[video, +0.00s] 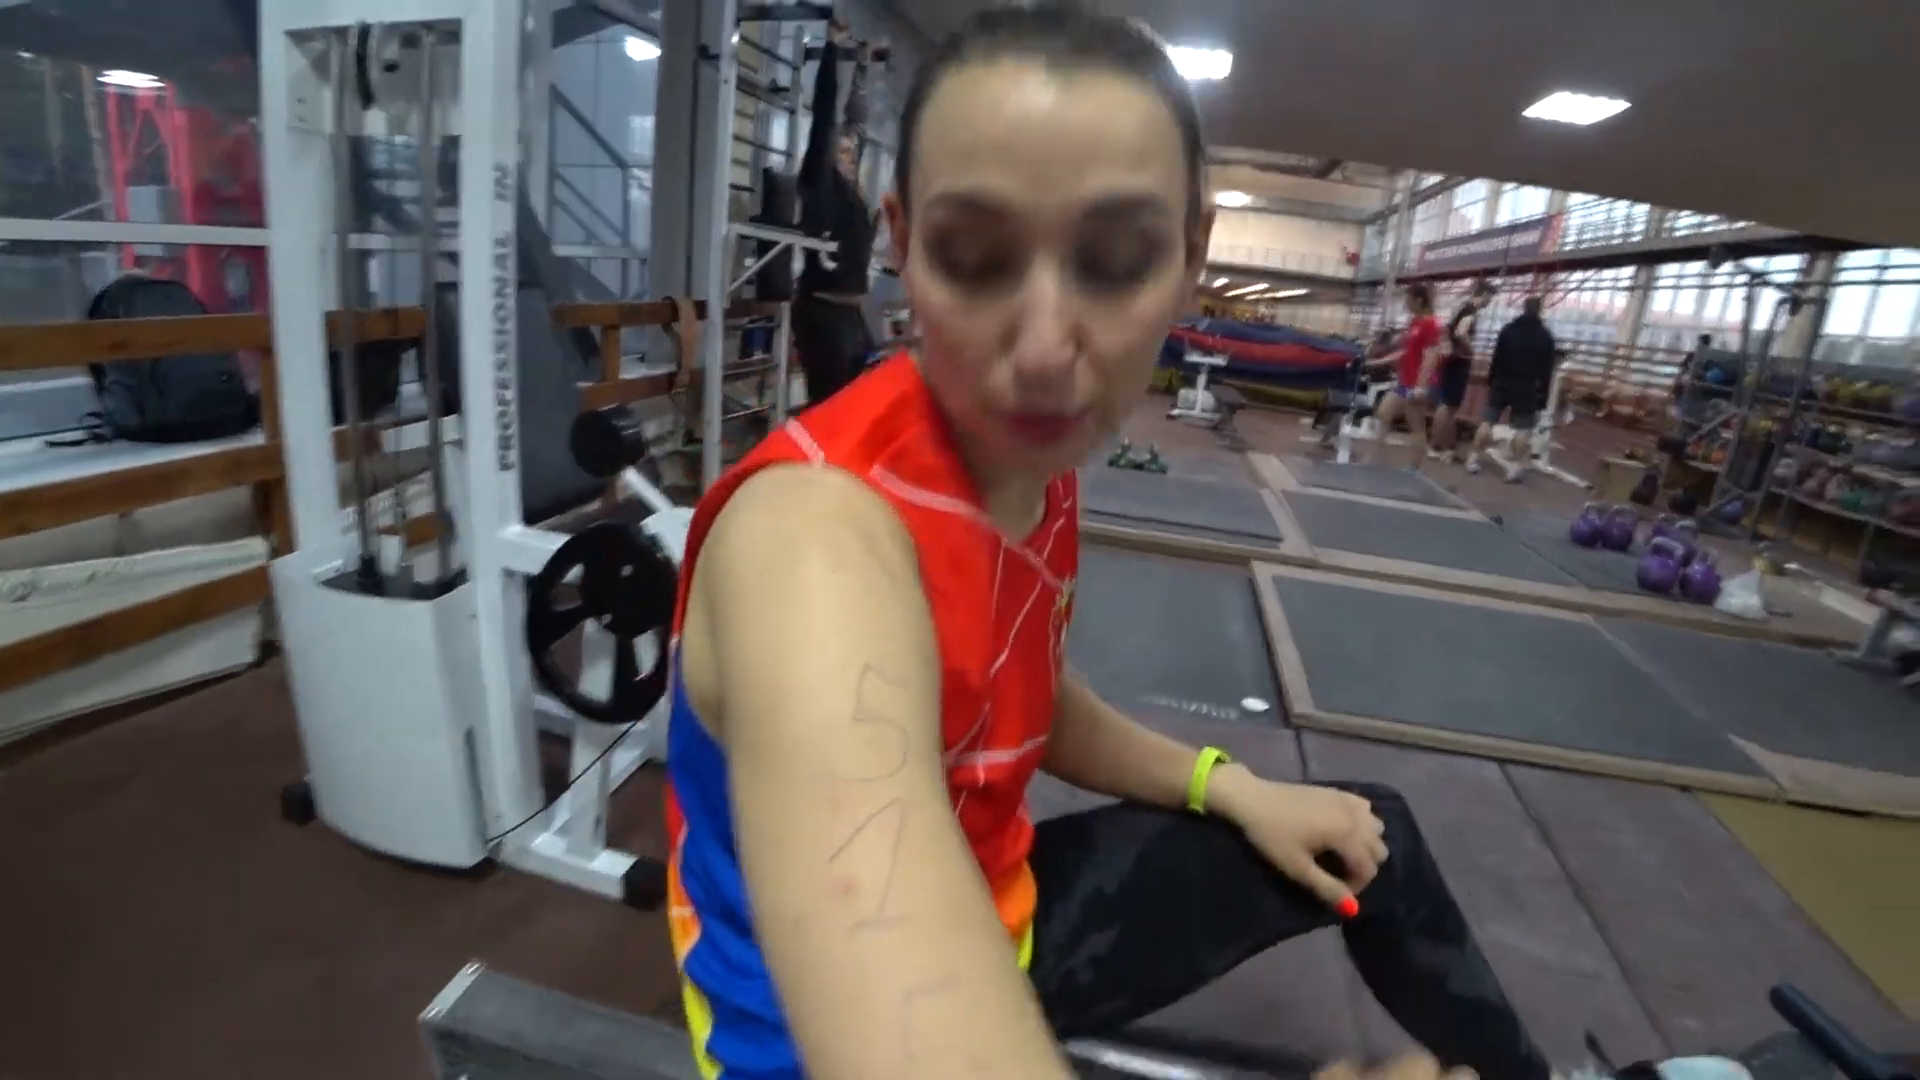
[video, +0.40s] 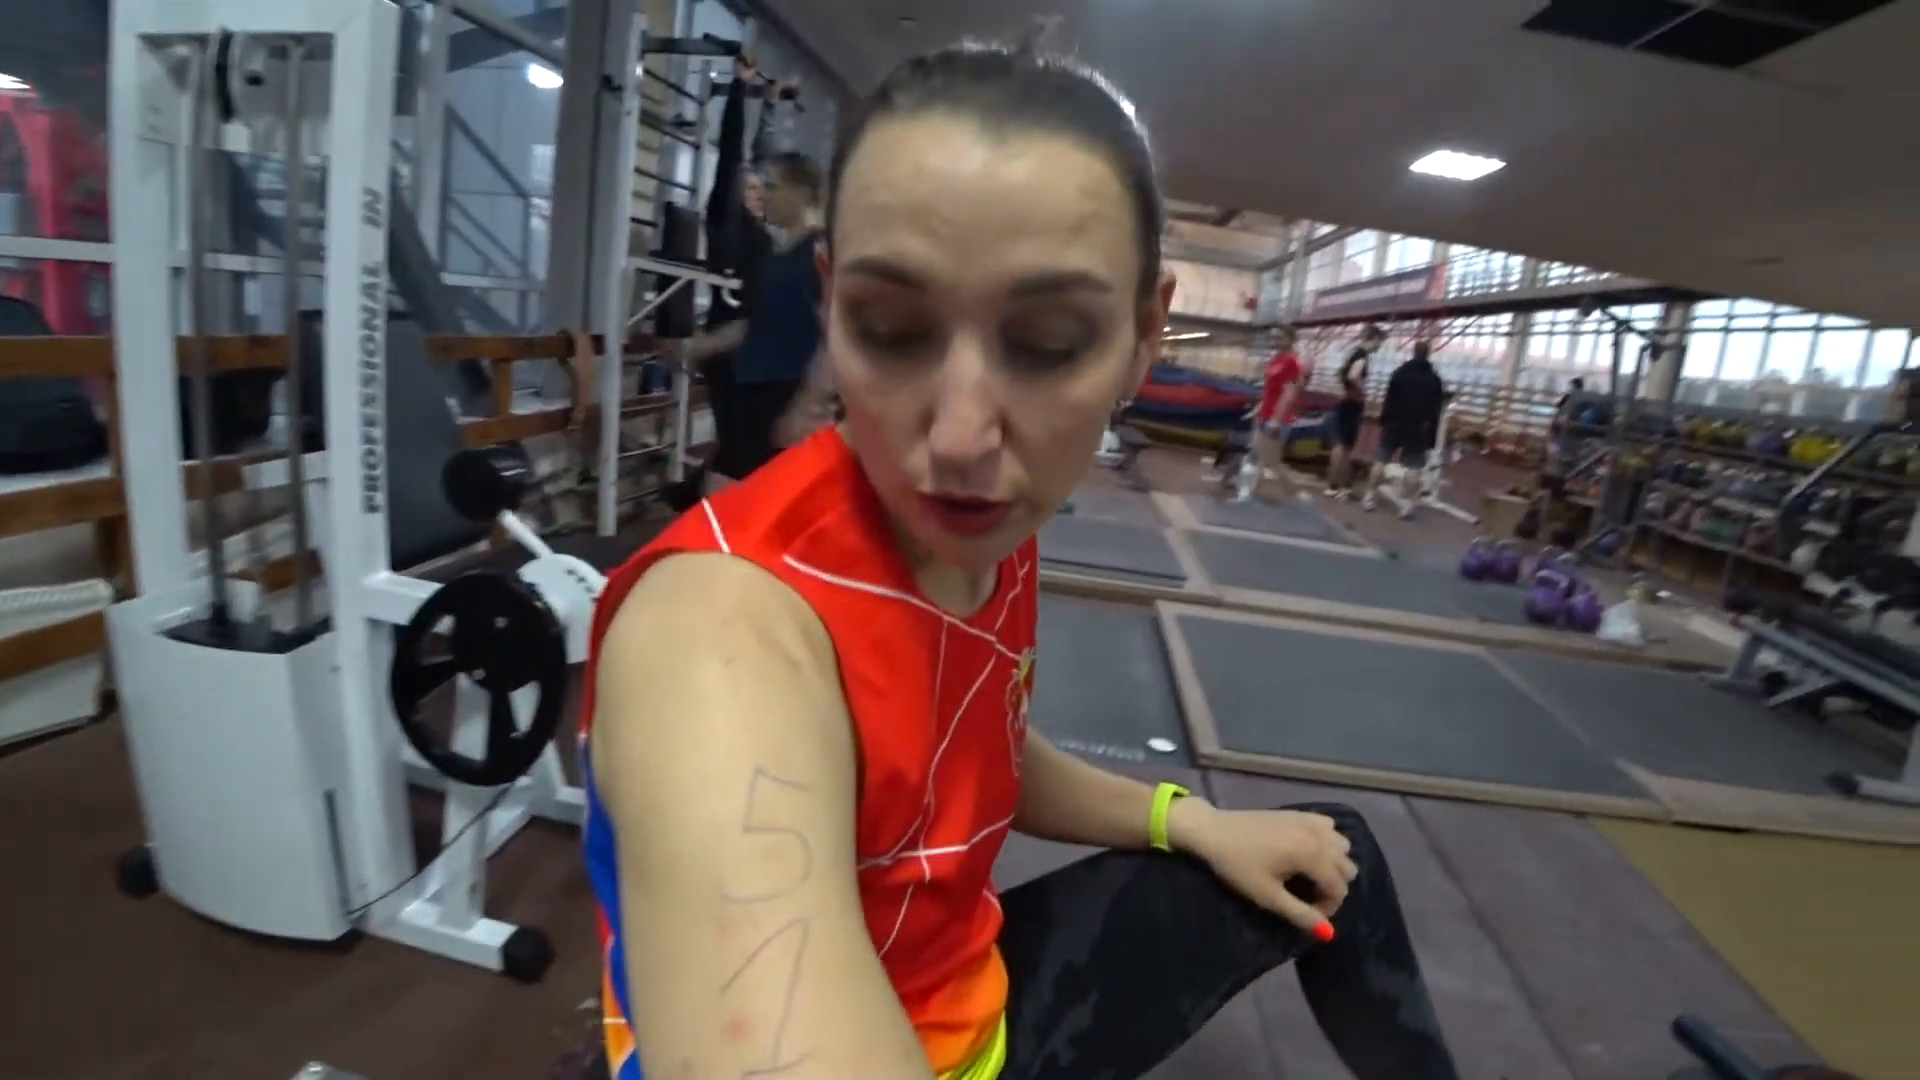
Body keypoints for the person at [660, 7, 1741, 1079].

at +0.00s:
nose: (1044, 349)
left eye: (1114, 262)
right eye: (976, 260)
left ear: (1193, 257)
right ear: (901, 245)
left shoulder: (1023, 455)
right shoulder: (813, 547)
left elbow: (1031, 705)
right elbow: (941, 1059)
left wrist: (1234, 791)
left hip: (995, 926)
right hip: (827, 1042)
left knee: (1362, 827)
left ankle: (1519, 1074)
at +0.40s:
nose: (961, 436)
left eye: (1048, 344)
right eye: (891, 330)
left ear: (1145, 338)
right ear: (826, 301)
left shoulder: (984, 527)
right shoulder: (721, 638)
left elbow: (986, 763)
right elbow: (778, 1053)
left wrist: (1195, 826)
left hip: (978, 1002)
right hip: (809, 1050)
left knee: (1326, 861)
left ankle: (1413, 1065)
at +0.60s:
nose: (990, 308)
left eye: (1077, 207)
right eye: (910, 195)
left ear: (1171, 215)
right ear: (824, 183)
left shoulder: (969, 459)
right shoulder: (699, 547)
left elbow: (964, 724)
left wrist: (1189, 780)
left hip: (973, 974)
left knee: (1320, 817)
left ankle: (1430, 1071)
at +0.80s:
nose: (1030, 120)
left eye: (1109, 27)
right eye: (934, 20)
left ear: (1180, 69)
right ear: (818, 53)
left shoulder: (964, 359)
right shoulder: (684, 407)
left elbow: (940, 638)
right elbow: (800, 1040)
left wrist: (1182, 696)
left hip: (957, 904)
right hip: (785, 1006)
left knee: (1305, 736)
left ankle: (1445, 1050)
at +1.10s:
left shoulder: (936, 210)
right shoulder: (673, 272)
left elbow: (912, 523)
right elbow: (846, 1030)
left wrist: (1128, 602)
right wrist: (1325, 1066)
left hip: (945, 747)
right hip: (849, 921)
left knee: (1294, 622)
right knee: (1342, 1037)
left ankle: (1437, 920)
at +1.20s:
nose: (1126, 30)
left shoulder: (898, 154)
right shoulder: (616, 227)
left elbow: (865, 497)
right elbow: (812, 1033)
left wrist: (1059, 591)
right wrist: (1273, 1051)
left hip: (926, 689)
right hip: (838, 858)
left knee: (1283, 608)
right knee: (1328, 999)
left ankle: (1430, 881)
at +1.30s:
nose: (954, 11)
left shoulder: (776, 117)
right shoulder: (456, 217)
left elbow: (764, 455)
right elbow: (644, 999)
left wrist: (934, 594)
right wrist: (1151, 1020)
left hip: (855, 685)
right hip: (742, 876)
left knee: (1213, 585)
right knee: (1382, 1026)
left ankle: (1373, 821)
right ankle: (1502, 1033)